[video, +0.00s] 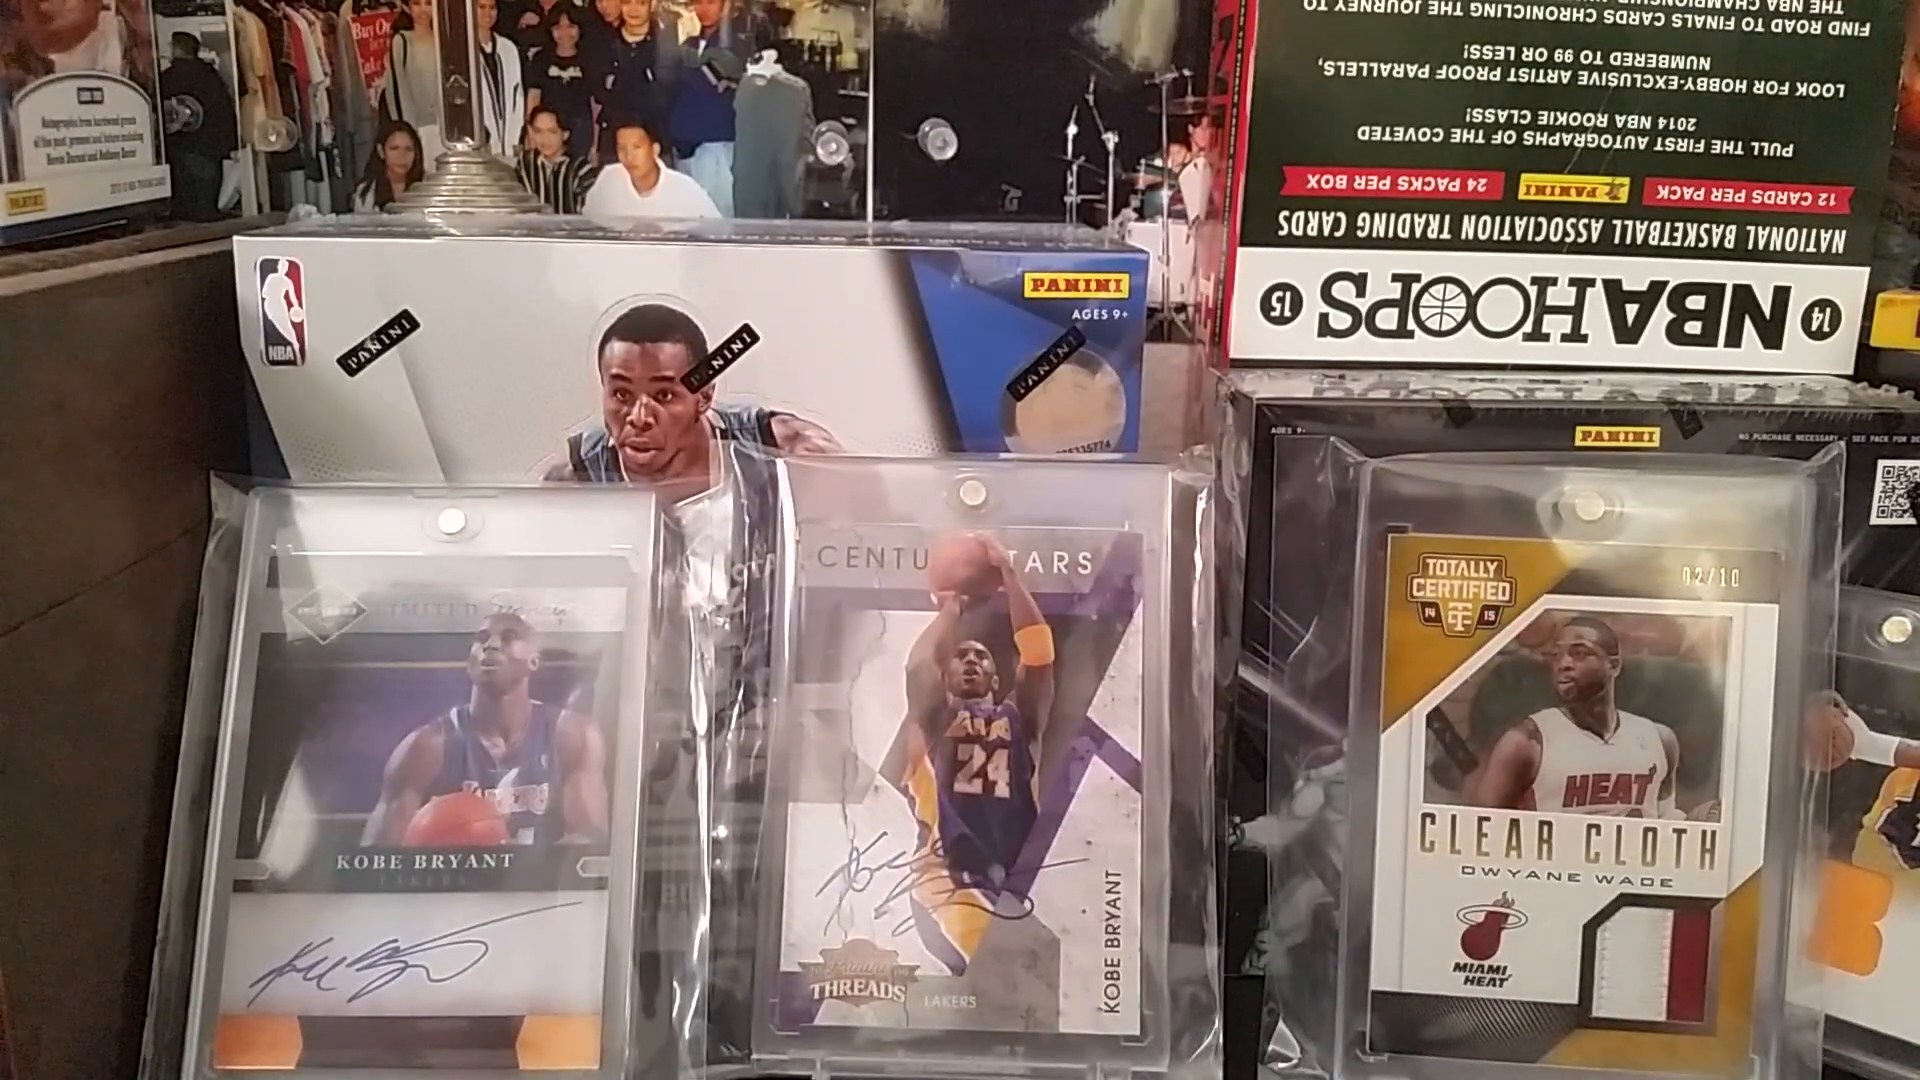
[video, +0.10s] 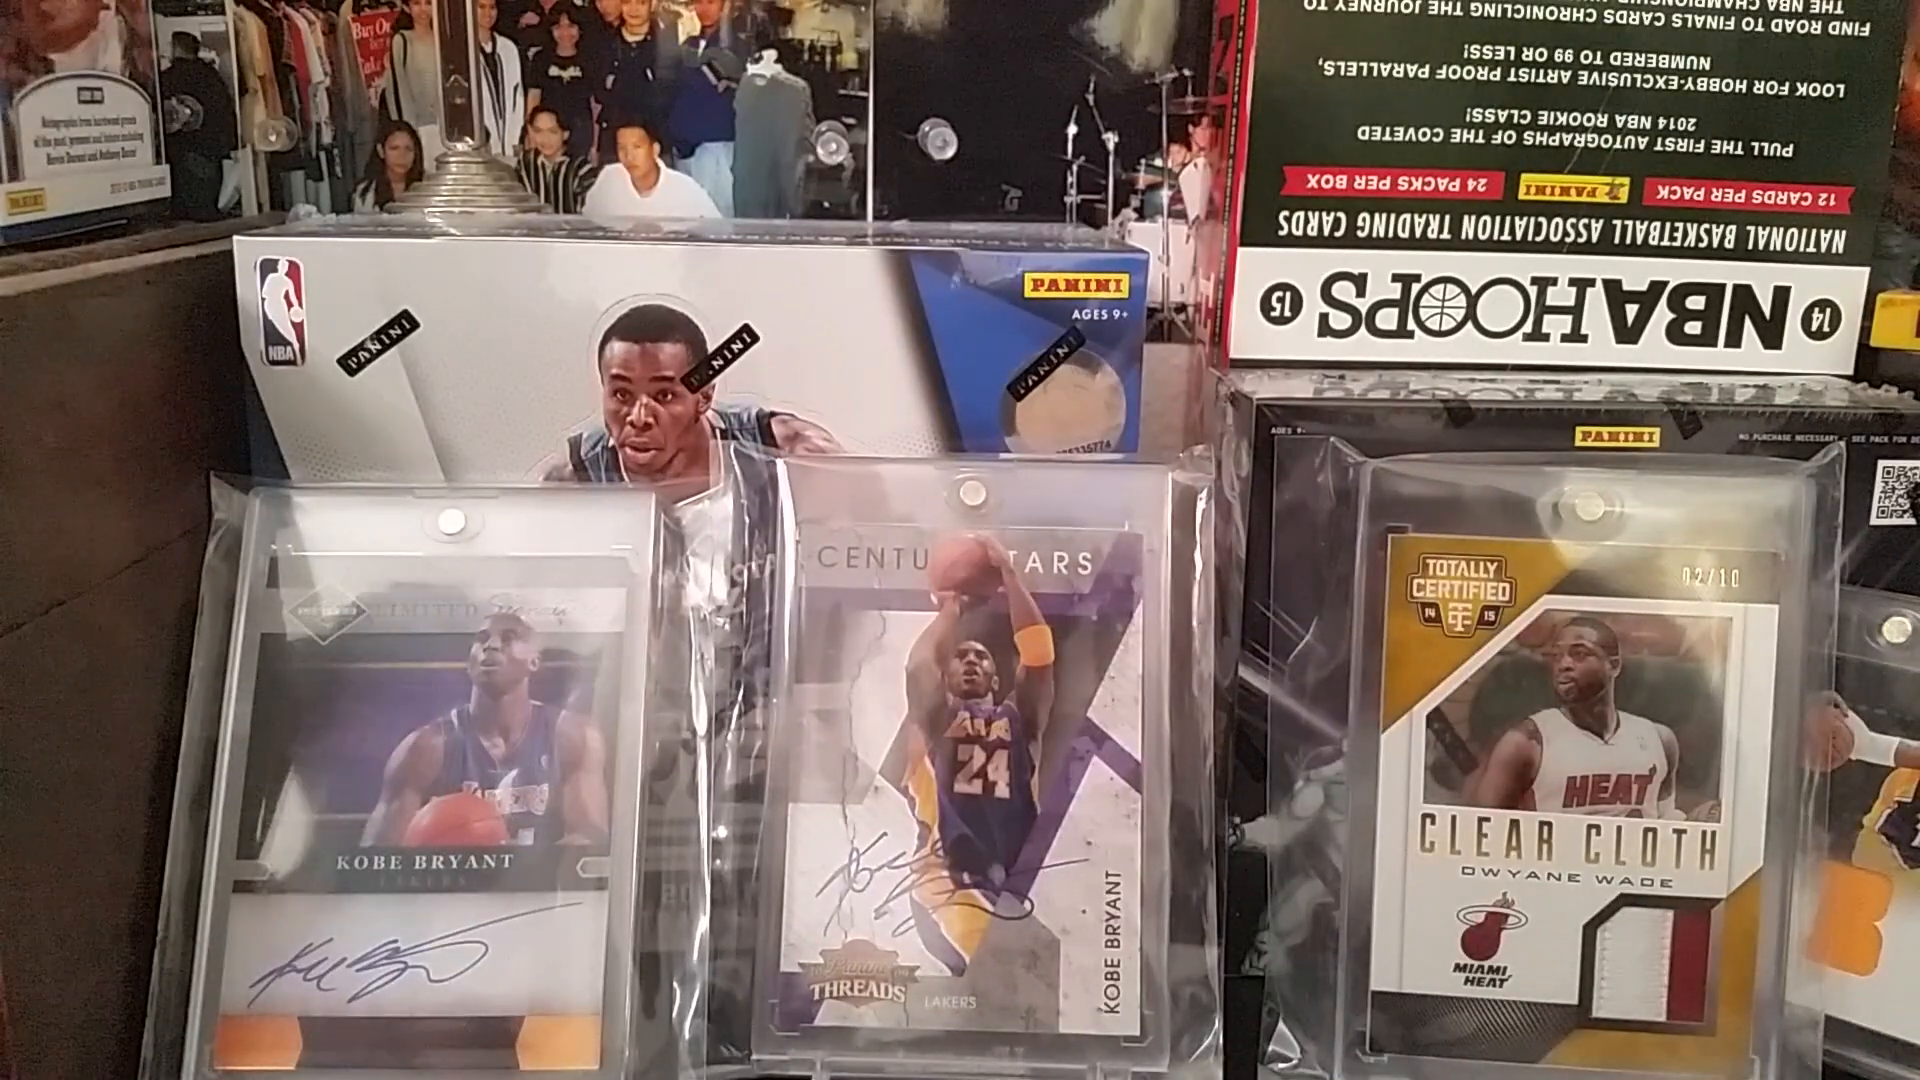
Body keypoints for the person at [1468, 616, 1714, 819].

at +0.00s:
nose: (1562, 664)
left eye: (1579, 653)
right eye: (1557, 655)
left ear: (1614, 667)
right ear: (1551, 663)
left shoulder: (1661, 743)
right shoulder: (1524, 744)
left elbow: (1664, 828)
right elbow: (1473, 838)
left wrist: (1694, 823)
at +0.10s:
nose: (1563, 665)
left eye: (1579, 654)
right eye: (1557, 655)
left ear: (1614, 666)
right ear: (1551, 664)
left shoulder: (1661, 743)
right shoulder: (1524, 744)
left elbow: (1663, 824)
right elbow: (1473, 836)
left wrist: (1693, 823)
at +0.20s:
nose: (1563, 664)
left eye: (1579, 654)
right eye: (1557, 655)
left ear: (1614, 667)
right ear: (1551, 663)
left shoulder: (1661, 743)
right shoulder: (1524, 744)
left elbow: (1664, 825)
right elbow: (1472, 836)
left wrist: (1693, 823)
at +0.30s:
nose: (1563, 664)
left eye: (1579, 654)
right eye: (1557, 655)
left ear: (1614, 667)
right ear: (1551, 663)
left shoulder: (1661, 743)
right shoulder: (1524, 743)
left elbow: (1664, 825)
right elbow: (1472, 836)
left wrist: (1693, 823)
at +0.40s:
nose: (1563, 664)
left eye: (1579, 654)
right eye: (1558, 655)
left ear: (1614, 666)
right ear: (1551, 663)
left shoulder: (1661, 742)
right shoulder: (1524, 744)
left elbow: (1664, 827)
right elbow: (1473, 838)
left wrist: (1693, 824)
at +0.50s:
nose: (1563, 664)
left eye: (1579, 654)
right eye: (1557, 655)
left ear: (1614, 666)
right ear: (1551, 663)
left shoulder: (1661, 742)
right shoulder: (1524, 744)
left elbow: (1663, 827)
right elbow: (1473, 837)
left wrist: (1692, 824)